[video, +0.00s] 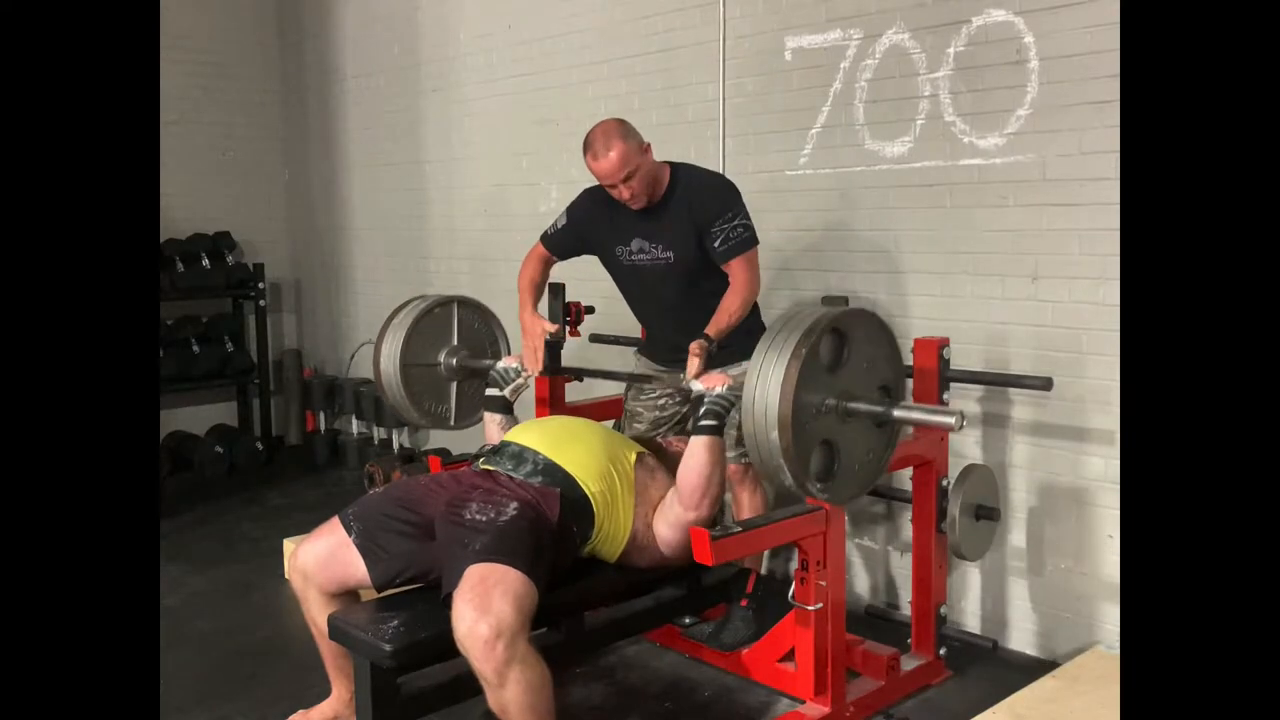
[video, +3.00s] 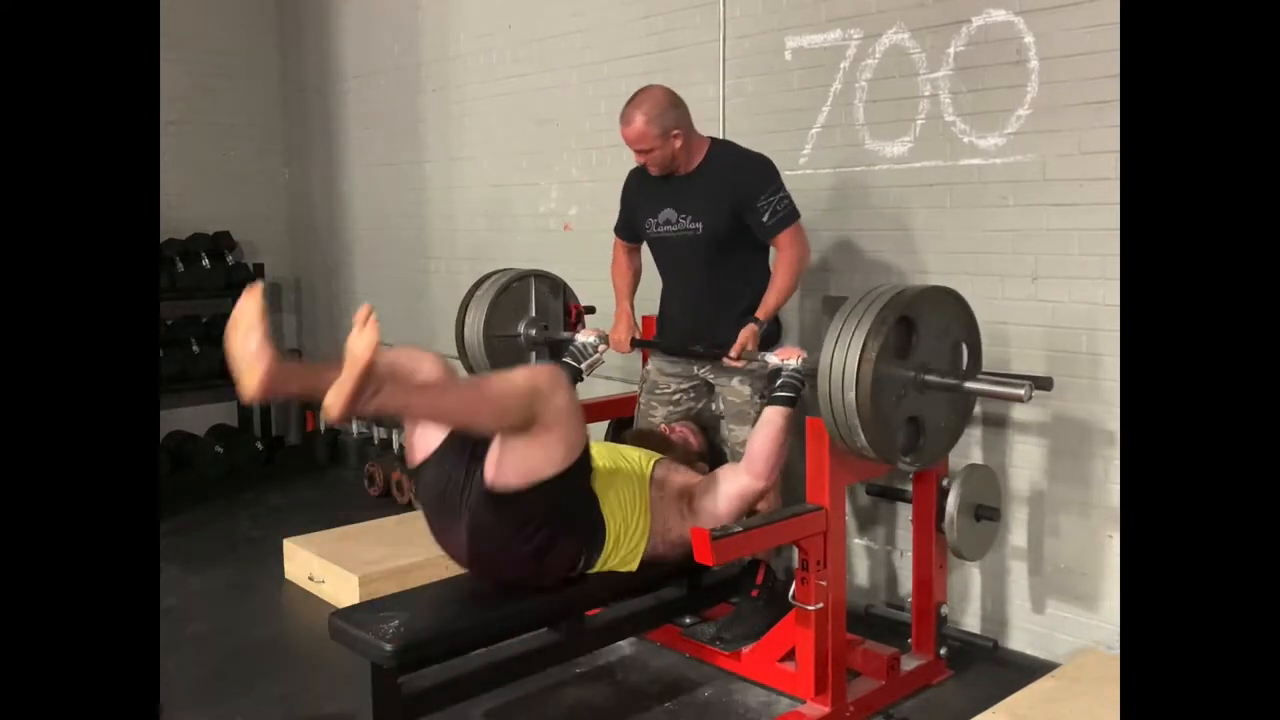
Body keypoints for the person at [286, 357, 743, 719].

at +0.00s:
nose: (682, 444)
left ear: (682, 447)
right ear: (662, 437)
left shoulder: (662, 500)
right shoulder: (571, 440)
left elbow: (697, 502)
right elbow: (496, 464)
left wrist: (712, 416)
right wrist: (497, 399)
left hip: (520, 503)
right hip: (453, 484)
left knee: (485, 629)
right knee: (307, 561)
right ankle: (343, 698)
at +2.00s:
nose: (676, 440)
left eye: (688, 443)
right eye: (672, 436)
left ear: (696, 467)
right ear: (652, 443)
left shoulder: (678, 506)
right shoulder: (589, 444)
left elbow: (734, 445)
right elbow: (564, 407)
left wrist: (771, 364)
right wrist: (557, 341)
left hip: (528, 514)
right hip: (465, 485)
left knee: (487, 627)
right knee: (308, 562)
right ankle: (341, 699)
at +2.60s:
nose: (671, 433)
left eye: (684, 436)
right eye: (664, 428)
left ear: (696, 464)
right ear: (645, 438)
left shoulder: (684, 498)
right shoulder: (591, 449)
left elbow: (753, 468)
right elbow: (551, 421)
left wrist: (785, 384)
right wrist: (572, 359)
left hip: (537, 523)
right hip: (466, 499)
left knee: (457, 599)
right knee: (300, 559)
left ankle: (458, 716)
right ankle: (306, 714)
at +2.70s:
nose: (669, 431)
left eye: (683, 435)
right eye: (665, 425)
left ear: (699, 460)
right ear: (647, 428)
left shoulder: (684, 492)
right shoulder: (596, 447)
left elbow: (756, 478)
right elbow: (544, 432)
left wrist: (786, 385)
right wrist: (572, 363)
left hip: (548, 524)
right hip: (478, 495)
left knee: (452, 554)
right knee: (308, 530)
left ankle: (376, 713)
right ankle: (251, 702)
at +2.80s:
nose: (658, 427)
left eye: (673, 429)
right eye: (654, 421)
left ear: (695, 450)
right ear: (640, 426)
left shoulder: (685, 488)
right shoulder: (586, 453)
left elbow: (754, 478)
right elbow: (533, 450)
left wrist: (785, 388)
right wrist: (560, 379)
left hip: (554, 543)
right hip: (474, 514)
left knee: (466, 483)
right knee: (330, 463)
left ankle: (311, 636)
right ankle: (222, 618)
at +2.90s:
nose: (670, 419)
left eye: (686, 426)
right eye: (667, 417)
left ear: (703, 453)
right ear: (651, 426)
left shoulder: (690, 492)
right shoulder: (603, 447)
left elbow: (760, 476)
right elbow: (536, 433)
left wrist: (784, 386)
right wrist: (569, 370)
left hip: (553, 554)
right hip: (477, 528)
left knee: (507, 427)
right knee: (383, 405)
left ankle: (323, 499)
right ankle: (234, 488)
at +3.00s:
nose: (678, 430)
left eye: (693, 433)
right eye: (674, 426)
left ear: (708, 456)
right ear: (660, 433)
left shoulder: (701, 494)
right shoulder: (619, 460)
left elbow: (757, 479)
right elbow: (552, 440)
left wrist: (788, 386)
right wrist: (572, 369)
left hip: (542, 540)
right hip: (471, 513)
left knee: (549, 385)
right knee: (425, 366)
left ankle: (374, 390)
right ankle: (277, 376)